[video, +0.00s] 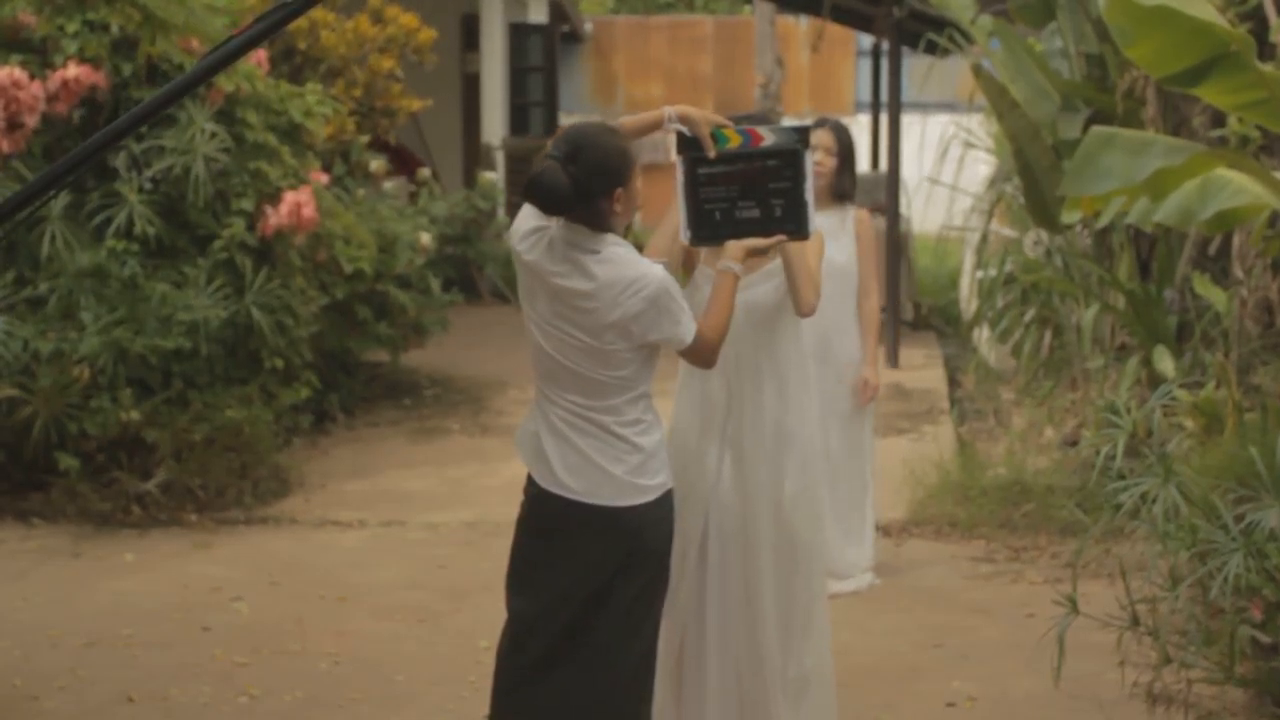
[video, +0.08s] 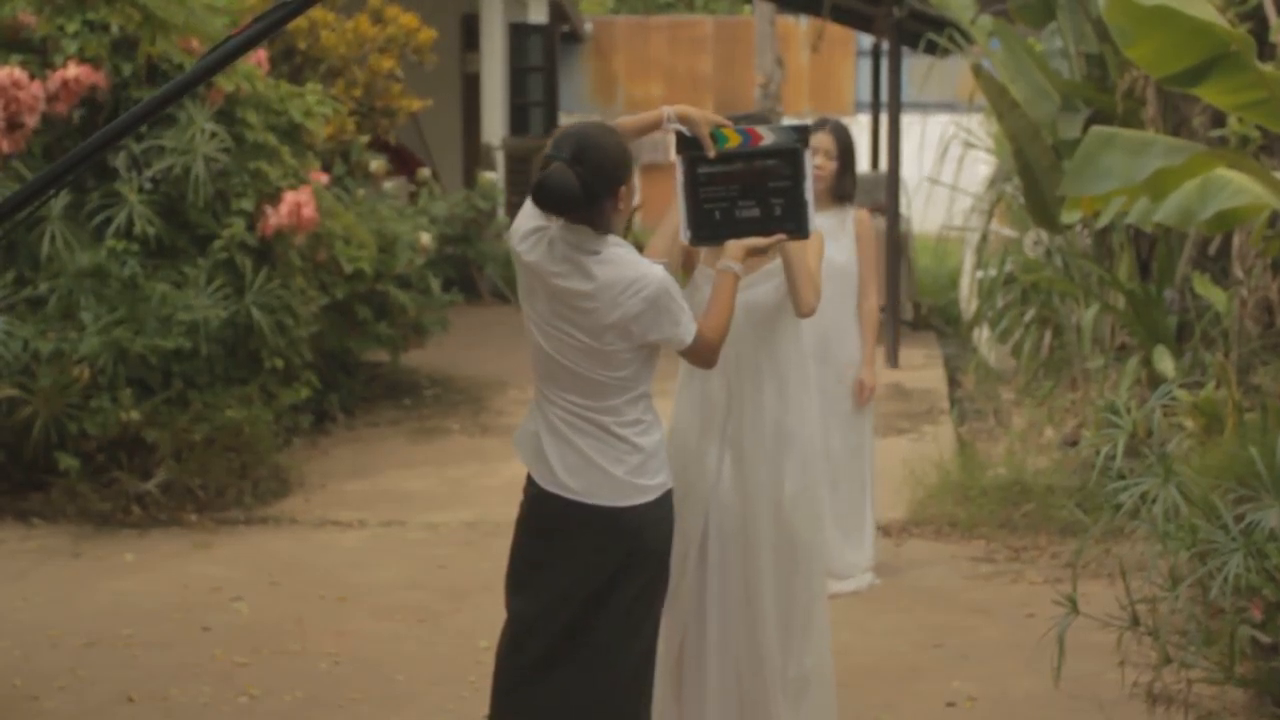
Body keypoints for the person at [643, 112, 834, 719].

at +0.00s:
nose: (749, 168)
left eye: (762, 155)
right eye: (738, 153)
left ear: (783, 162)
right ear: (720, 160)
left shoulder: (797, 227)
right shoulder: (703, 218)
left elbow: (806, 302)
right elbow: (652, 280)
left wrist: (783, 215)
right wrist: (694, 207)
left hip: (774, 422)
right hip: (705, 425)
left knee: (771, 575)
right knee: (702, 576)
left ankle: (773, 704)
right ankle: (700, 705)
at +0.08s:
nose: (751, 169)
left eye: (765, 155)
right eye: (741, 153)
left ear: (785, 162)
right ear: (721, 160)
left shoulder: (798, 228)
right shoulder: (704, 219)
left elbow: (805, 302)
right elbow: (652, 280)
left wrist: (785, 214)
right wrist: (689, 198)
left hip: (774, 423)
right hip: (705, 426)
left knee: (771, 576)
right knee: (702, 577)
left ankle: (773, 705)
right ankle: (699, 705)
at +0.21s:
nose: (754, 170)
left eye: (766, 157)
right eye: (742, 155)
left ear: (787, 163)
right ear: (722, 160)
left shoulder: (798, 227)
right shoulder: (705, 220)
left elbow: (805, 302)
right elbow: (659, 281)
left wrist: (783, 216)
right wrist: (694, 208)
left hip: (774, 422)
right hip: (705, 424)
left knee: (771, 575)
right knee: (703, 575)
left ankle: (773, 704)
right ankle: (700, 705)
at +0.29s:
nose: (751, 168)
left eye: (764, 155)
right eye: (740, 152)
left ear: (786, 163)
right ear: (720, 157)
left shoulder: (798, 225)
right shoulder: (701, 214)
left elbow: (805, 303)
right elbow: (649, 280)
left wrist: (784, 218)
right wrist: (696, 229)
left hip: (773, 422)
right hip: (704, 424)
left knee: (771, 575)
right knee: (702, 576)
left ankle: (773, 704)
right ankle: (700, 705)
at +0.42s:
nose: (753, 167)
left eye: (766, 155)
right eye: (742, 151)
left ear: (787, 164)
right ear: (722, 155)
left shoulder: (797, 225)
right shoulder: (702, 212)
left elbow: (804, 301)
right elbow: (652, 281)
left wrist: (784, 214)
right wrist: (695, 220)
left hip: (772, 419)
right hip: (704, 421)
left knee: (769, 572)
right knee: (702, 573)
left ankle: (772, 703)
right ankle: (700, 704)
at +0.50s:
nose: (752, 166)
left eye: (765, 154)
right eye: (741, 149)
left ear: (786, 162)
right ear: (722, 153)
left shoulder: (796, 220)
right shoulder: (702, 207)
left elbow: (805, 299)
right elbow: (655, 273)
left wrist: (783, 207)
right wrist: (689, 187)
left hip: (772, 420)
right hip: (703, 421)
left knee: (770, 573)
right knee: (702, 573)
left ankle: (772, 704)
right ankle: (700, 705)